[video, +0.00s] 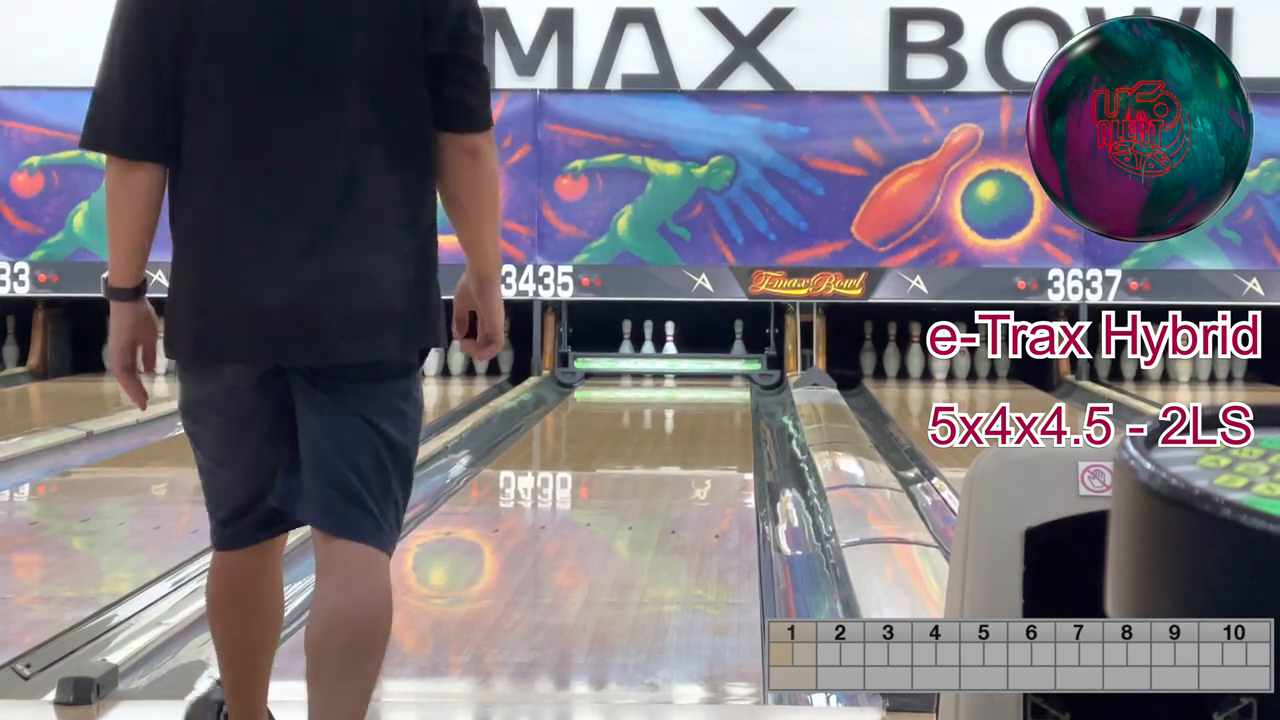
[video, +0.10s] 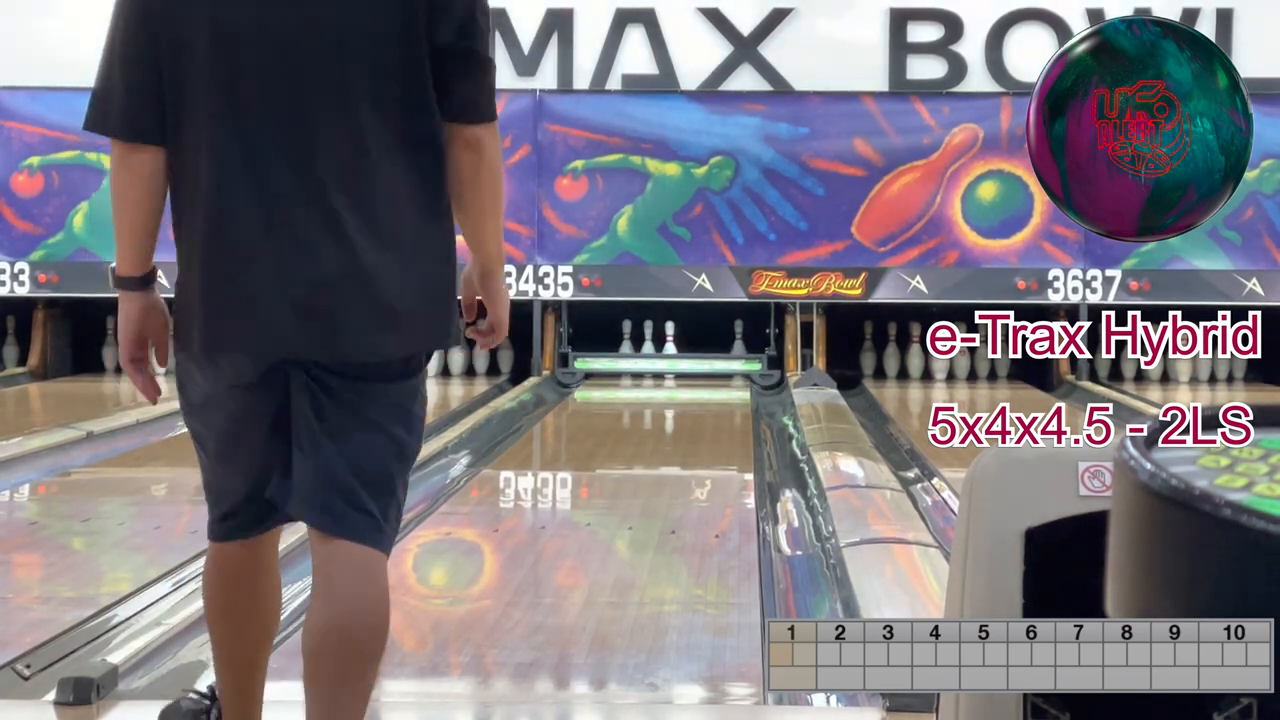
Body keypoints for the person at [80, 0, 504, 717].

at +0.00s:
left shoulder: (163, 6)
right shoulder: (433, 3)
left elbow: (136, 141)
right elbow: (464, 135)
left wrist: (126, 291)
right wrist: (485, 273)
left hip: (222, 295)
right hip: (372, 295)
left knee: (242, 534)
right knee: (356, 541)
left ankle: (247, 714)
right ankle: (336, 714)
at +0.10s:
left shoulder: (158, 7)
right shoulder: (440, 3)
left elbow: (139, 134)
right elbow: (471, 127)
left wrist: (134, 282)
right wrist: (489, 267)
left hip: (228, 285)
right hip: (380, 284)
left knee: (240, 527)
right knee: (353, 538)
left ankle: (238, 715)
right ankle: (335, 713)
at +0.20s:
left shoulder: (154, 4)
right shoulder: (449, 6)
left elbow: (137, 109)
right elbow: (472, 103)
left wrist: (138, 264)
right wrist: (485, 256)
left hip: (219, 267)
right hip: (377, 266)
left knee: (222, 519)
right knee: (346, 533)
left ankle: (229, 716)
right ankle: (333, 714)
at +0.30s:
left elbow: (131, 98)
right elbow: (476, 90)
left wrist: (130, 259)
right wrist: (477, 256)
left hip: (214, 263)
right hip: (372, 262)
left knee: (204, 525)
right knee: (340, 535)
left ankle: (214, 714)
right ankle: (333, 715)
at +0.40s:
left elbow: (117, 98)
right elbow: (464, 92)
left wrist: (112, 257)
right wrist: (470, 267)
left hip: (202, 267)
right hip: (366, 270)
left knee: (187, 522)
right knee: (340, 538)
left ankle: (195, 713)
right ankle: (335, 717)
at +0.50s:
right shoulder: (424, 6)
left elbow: (97, 98)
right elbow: (444, 92)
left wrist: (93, 261)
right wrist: (455, 274)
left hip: (188, 271)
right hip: (356, 273)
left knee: (173, 530)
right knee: (339, 548)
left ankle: (172, 713)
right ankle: (335, 714)